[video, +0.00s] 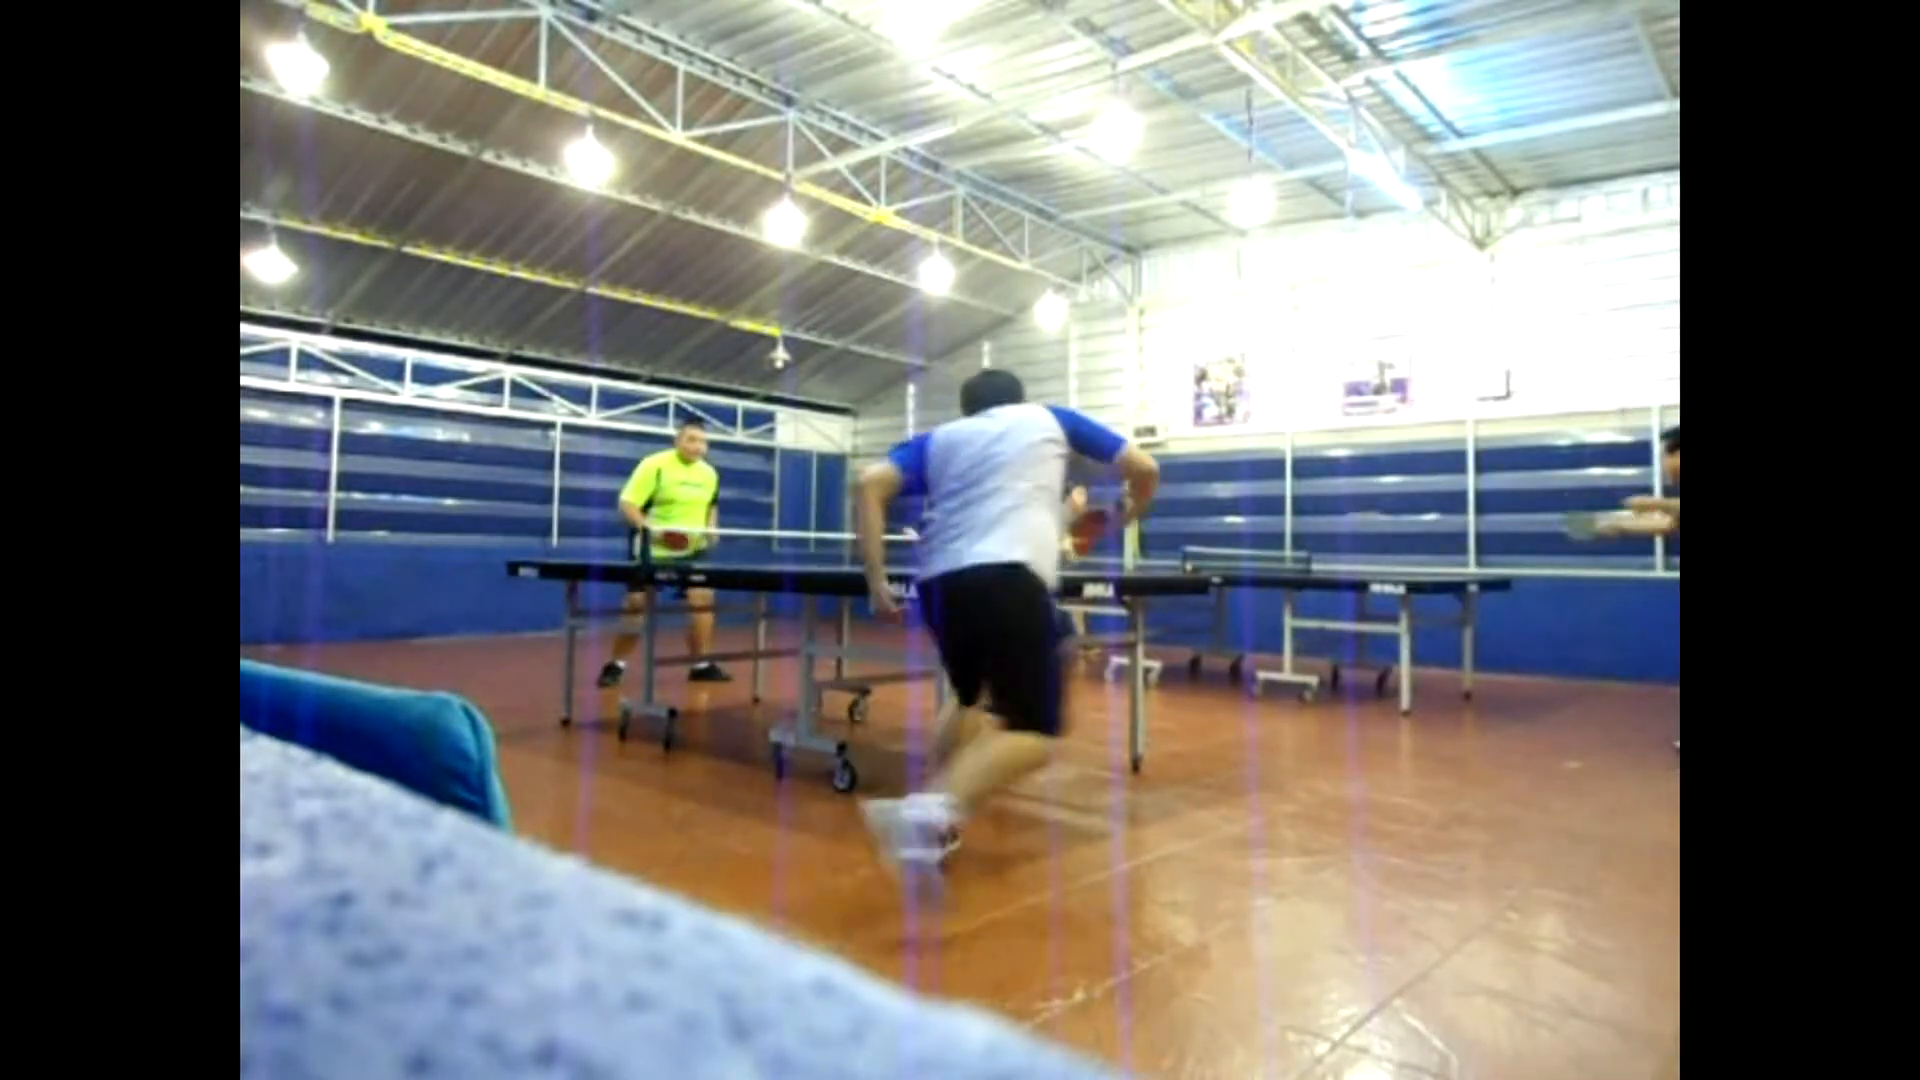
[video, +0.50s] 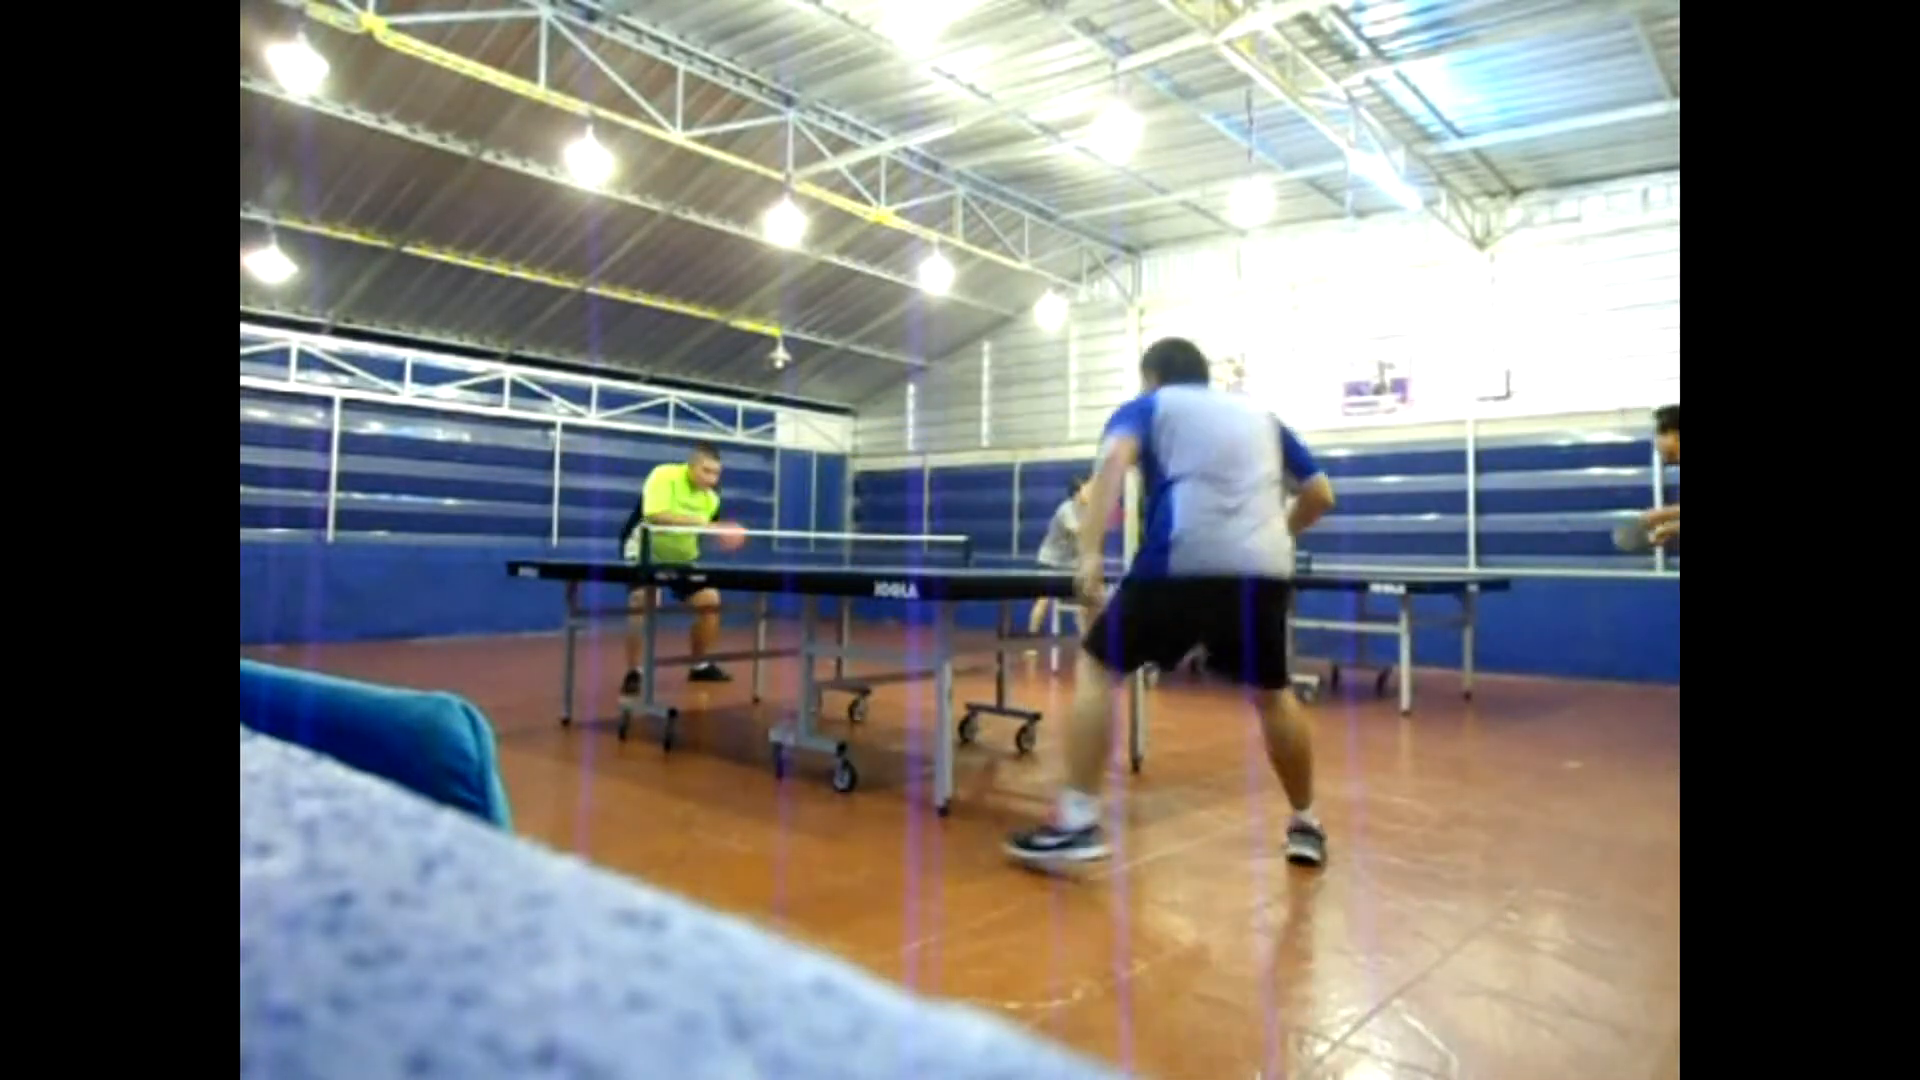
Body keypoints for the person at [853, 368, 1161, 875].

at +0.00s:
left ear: (967, 410)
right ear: (1021, 400)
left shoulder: (938, 440)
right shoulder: (1049, 418)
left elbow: (871, 483)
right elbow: (1143, 468)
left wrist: (876, 580)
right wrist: (1131, 513)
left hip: (942, 583)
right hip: (1013, 576)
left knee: (965, 697)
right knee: (1035, 733)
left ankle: (936, 811)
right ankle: (937, 806)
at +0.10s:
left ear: (990, 411)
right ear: (1044, 402)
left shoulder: (966, 441)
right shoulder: (1079, 424)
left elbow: (914, 486)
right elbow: (1168, 473)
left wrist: (897, 574)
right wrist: (1155, 530)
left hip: (985, 588)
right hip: (1064, 582)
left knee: (972, 698)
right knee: (1098, 712)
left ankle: (934, 820)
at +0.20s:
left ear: (1027, 411)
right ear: (1081, 403)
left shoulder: (1007, 443)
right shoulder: (1123, 428)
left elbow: (970, 491)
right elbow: (1210, 478)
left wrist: (945, 569)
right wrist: (1190, 532)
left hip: (1035, 598)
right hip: (1121, 593)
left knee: (997, 707)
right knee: (1175, 704)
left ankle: (936, 821)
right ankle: (1237, 837)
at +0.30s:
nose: (1074, 417)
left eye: (1073, 409)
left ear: (1076, 411)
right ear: (1128, 405)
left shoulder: (1063, 448)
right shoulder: (1179, 438)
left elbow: (1031, 505)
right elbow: (1261, 490)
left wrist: (1006, 576)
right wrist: (1227, 531)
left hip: (1092, 605)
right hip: (1182, 599)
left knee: (1024, 711)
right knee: (1234, 711)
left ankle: (945, 817)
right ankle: (1295, 823)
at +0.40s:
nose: (1114, 415)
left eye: (1114, 408)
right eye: (1115, 408)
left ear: (1125, 406)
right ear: (1172, 401)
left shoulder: (1118, 440)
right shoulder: (1232, 439)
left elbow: (1087, 500)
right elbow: (1301, 502)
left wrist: (1057, 581)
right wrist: (1256, 541)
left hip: (1156, 598)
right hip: (1239, 597)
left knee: (1070, 699)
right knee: (1259, 701)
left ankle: (992, 824)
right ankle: (1300, 825)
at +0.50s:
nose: (1142, 390)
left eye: (1143, 382)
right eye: (1143, 383)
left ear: (1154, 379)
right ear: (1203, 374)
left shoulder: (1147, 406)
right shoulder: (1260, 417)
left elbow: (1115, 461)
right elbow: (1319, 495)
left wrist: (1090, 556)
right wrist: (1275, 535)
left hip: (1180, 572)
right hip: (1264, 574)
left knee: (1096, 668)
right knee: (1275, 695)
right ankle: (1305, 822)